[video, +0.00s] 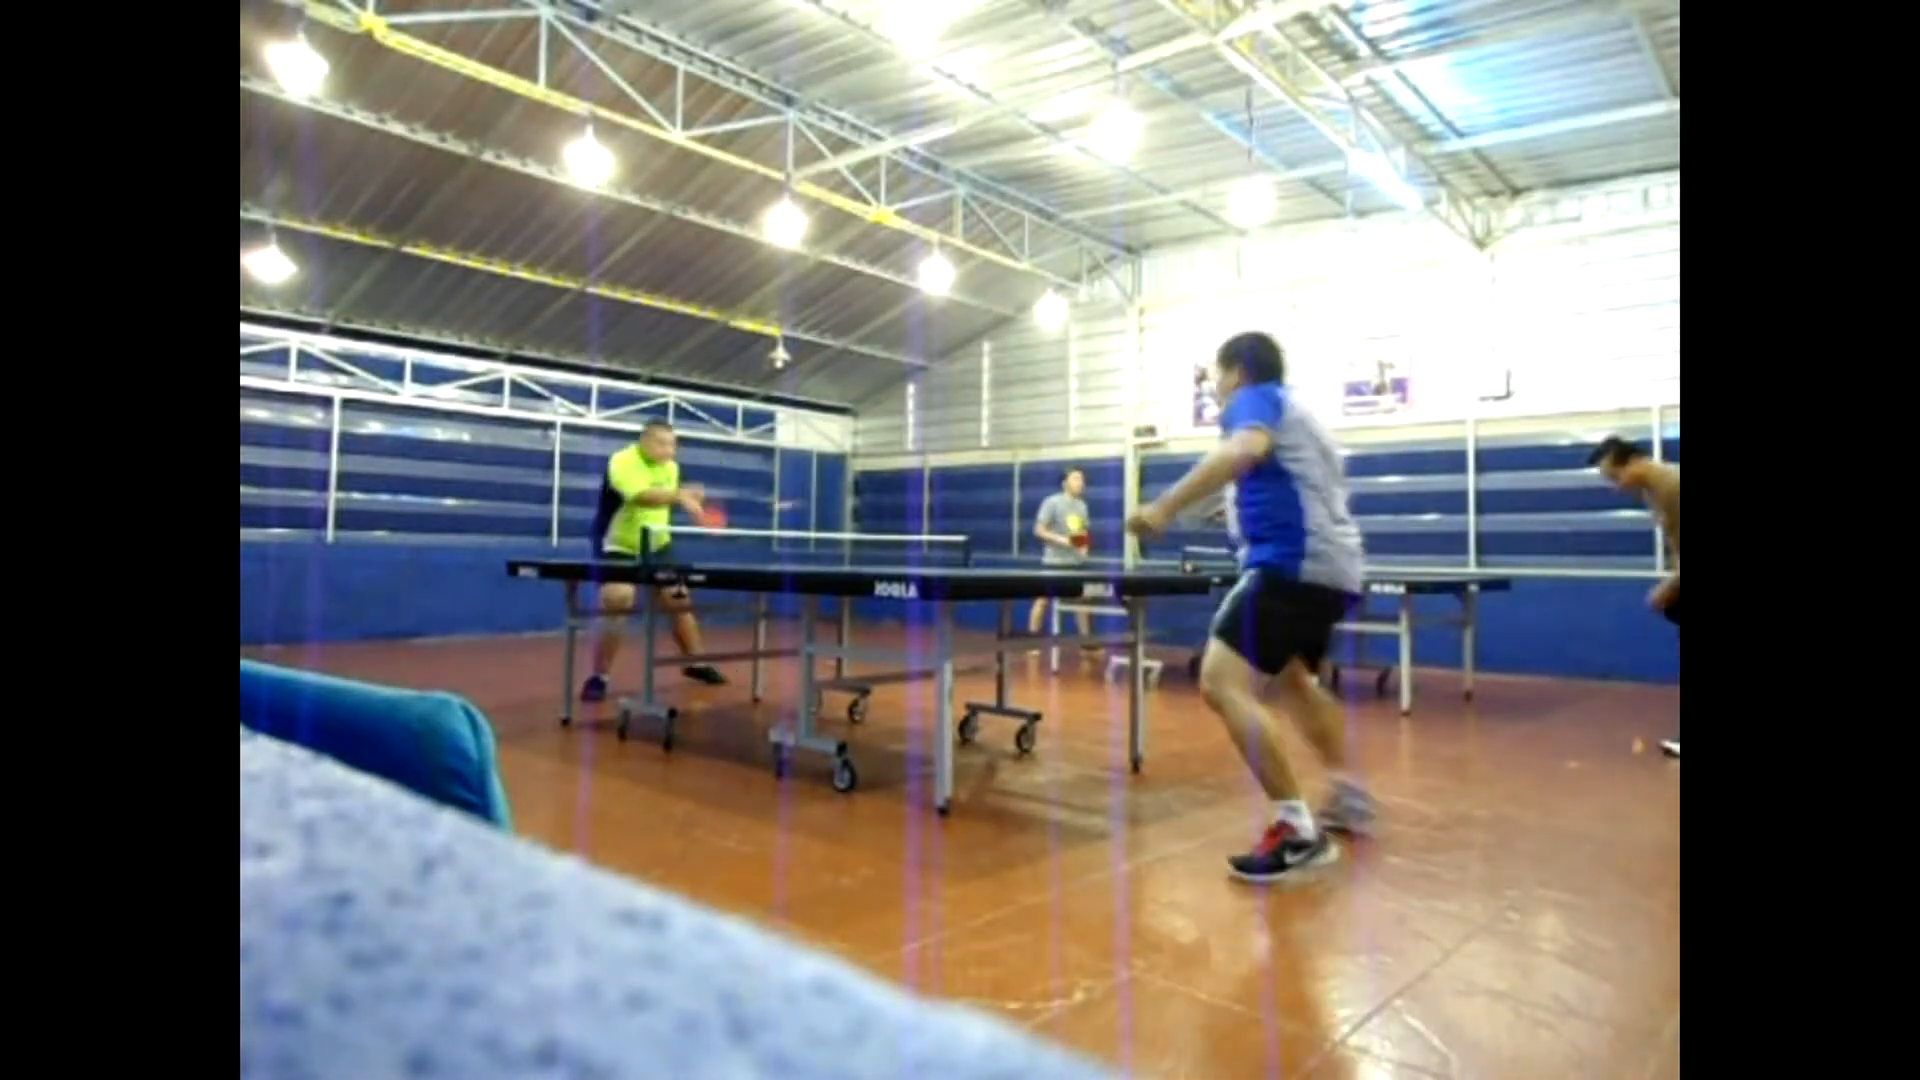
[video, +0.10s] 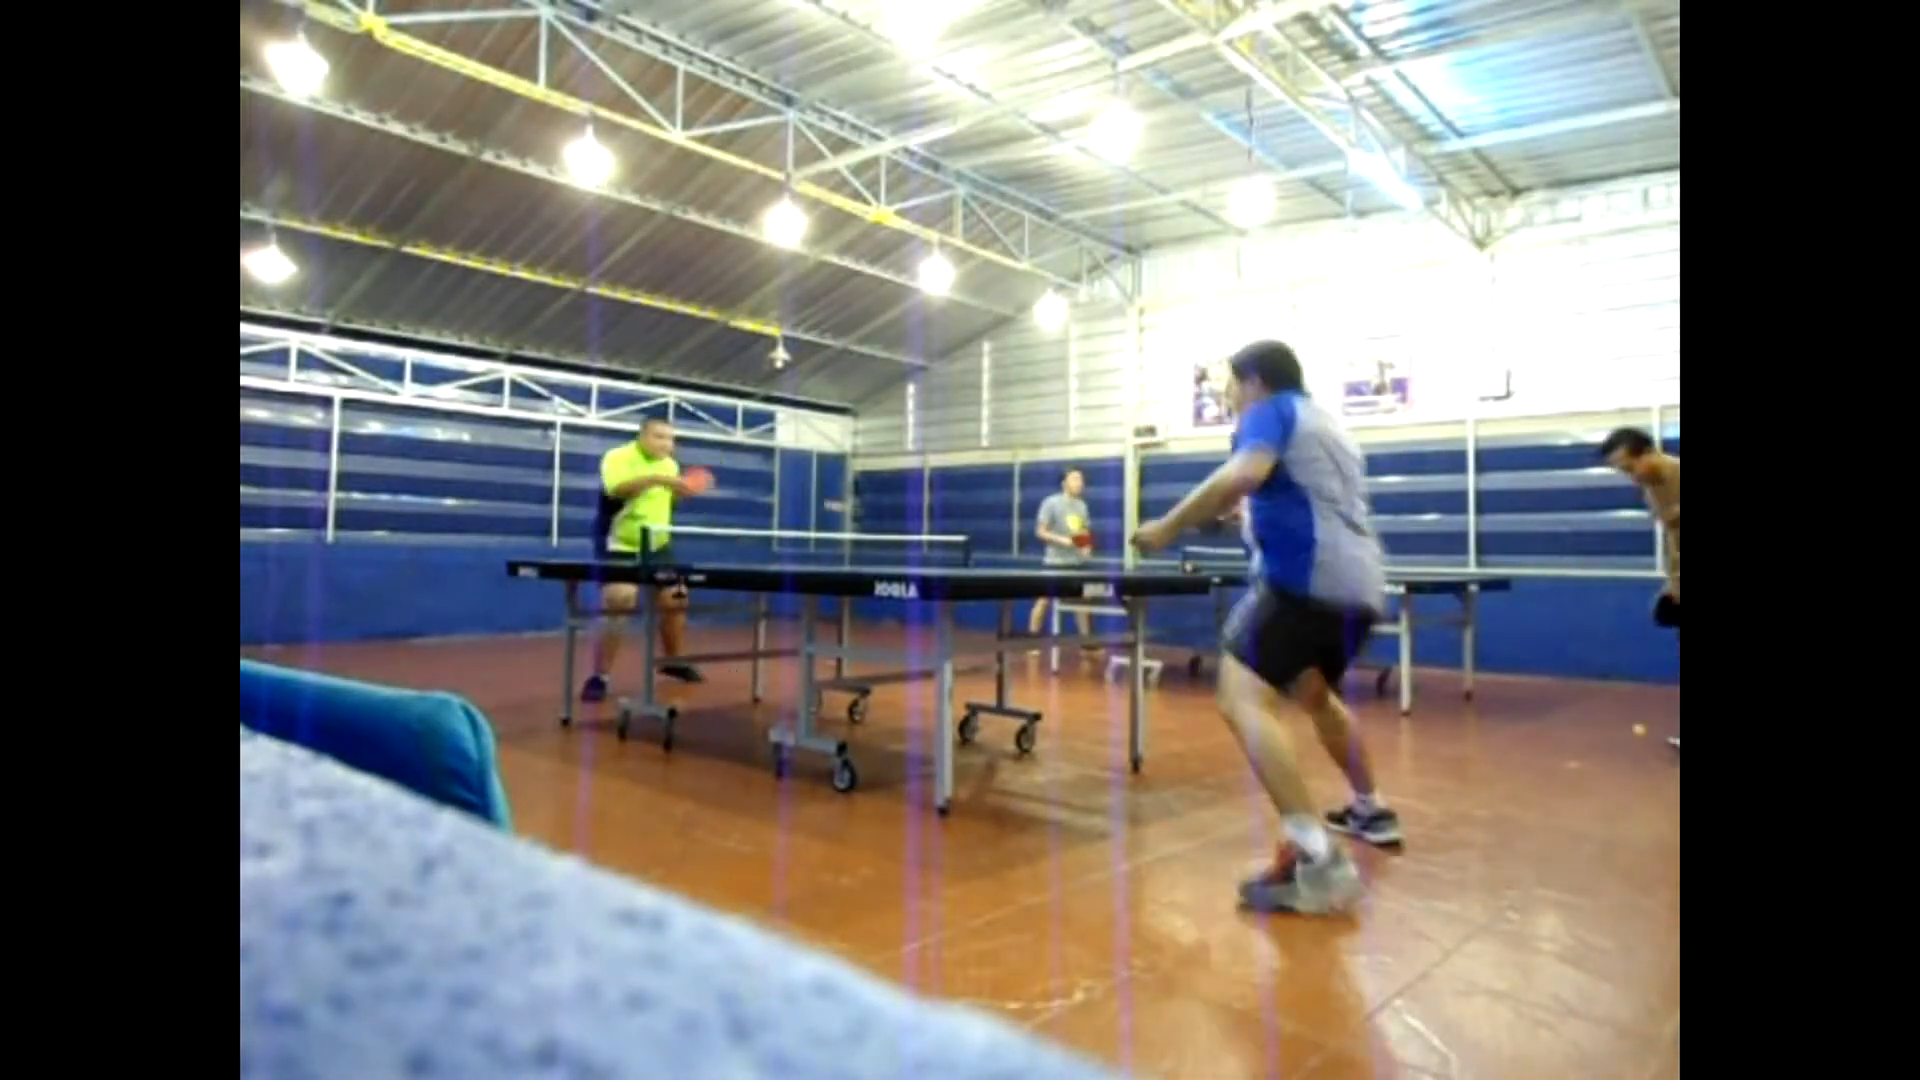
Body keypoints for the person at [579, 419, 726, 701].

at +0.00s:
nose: (667, 450)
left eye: (670, 444)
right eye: (661, 443)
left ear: (673, 447)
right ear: (645, 442)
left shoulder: (671, 467)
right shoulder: (621, 462)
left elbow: (664, 498)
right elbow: (638, 495)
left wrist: (687, 501)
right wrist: (680, 497)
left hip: (658, 544)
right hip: (620, 545)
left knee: (679, 600)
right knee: (618, 602)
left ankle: (695, 661)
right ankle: (600, 675)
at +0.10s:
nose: (666, 444)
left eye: (670, 438)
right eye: (659, 436)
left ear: (672, 441)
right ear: (642, 436)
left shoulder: (669, 465)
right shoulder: (617, 457)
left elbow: (667, 498)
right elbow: (616, 489)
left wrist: (687, 487)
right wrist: (660, 481)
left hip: (658, 543)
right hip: (621, 545)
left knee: (675, 598)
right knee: (620, 602)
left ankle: (674, 659)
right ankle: (601, 674)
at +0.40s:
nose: (664, 442)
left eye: (669, 436)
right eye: (658, 434)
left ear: (674, 440)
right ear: (645, 435)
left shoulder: (681, 471)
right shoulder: (621, 459)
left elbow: (685, 499)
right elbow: (587, 485)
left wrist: (691, 508)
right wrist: (611, 501)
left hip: (661, 544)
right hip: (620, 542)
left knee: (670, 602)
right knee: (607, 598)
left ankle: (664, 662)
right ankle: (582, 666)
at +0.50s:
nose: (658, 441)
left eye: (663, 436)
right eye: (652, 434)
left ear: (668, 439)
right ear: (639, 434)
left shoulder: (676, 470)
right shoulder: (615, 458)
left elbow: (687, 498)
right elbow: (581, 484)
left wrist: (685, 502)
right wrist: (608, 502)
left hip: (657, 545)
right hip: (614, 542)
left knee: (669, 600)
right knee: (591, 599)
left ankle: (664, 662)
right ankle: (560, 663)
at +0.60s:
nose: (648, 445)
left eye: (654, 439)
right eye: (642, 438)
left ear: (659, 443)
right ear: (629, 439)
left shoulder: (666, 472)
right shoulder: (607, 463)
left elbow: (685, 502)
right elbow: (574, 487)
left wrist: (673, 499)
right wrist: (598, 504)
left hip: (650, 552)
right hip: (604, 551)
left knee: (670, 599)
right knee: (580, 600)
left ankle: (664, 662)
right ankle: (538, 667)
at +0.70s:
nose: (638, 452)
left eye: (643, 447)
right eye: (633, 446)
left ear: (649, 451)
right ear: (621, 447)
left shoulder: (656, 479)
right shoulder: (598, 471)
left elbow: (677, 510)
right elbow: (566, 497)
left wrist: (664, 502)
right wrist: (595, 515)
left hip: (638, 560)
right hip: (594, 558)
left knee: (669, 599)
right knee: (572, 602)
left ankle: (662, 662)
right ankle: (537, 670)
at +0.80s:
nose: (635, 460)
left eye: (639, 454)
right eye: (629, 453)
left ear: (644, 458)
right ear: (614, 454)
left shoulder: (648, 487)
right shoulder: (590, 478)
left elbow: (662, 521)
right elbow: (570, 514)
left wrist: (662, 510)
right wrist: (618, 529)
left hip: (629, 563)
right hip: (588, 560)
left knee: (668, 599)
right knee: (564, 604)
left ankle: (662, 663)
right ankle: (537, 671)